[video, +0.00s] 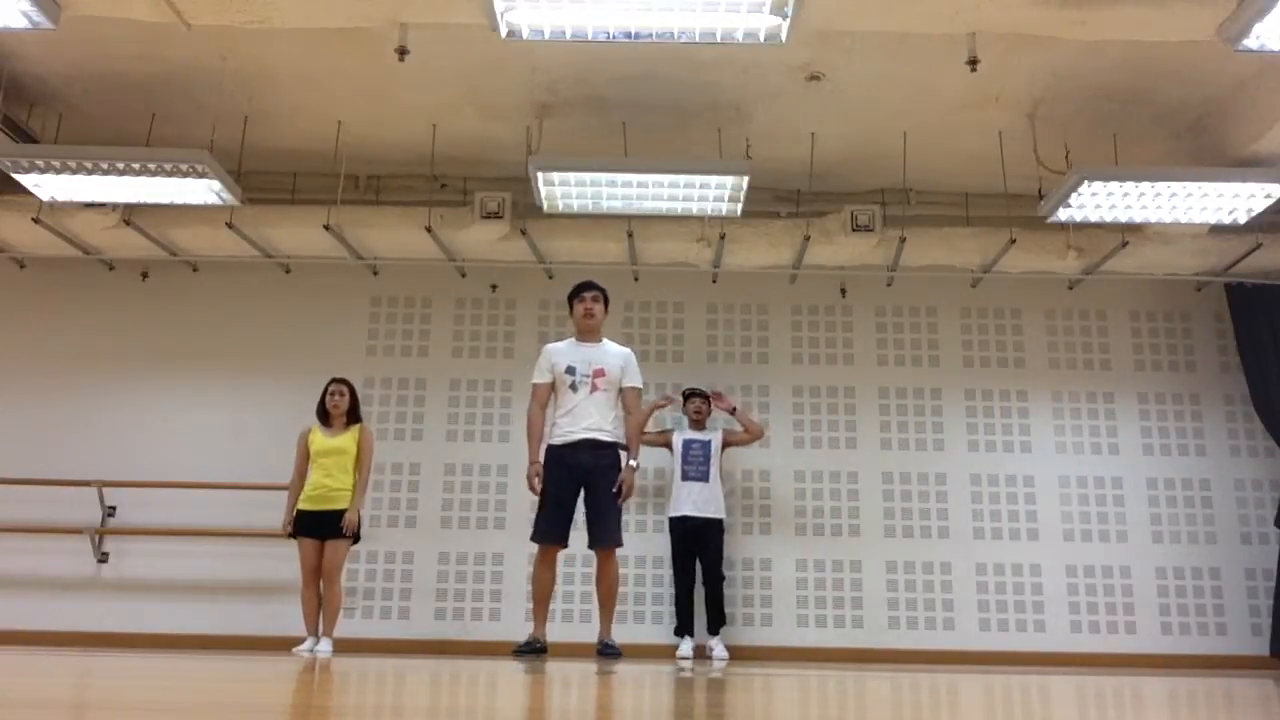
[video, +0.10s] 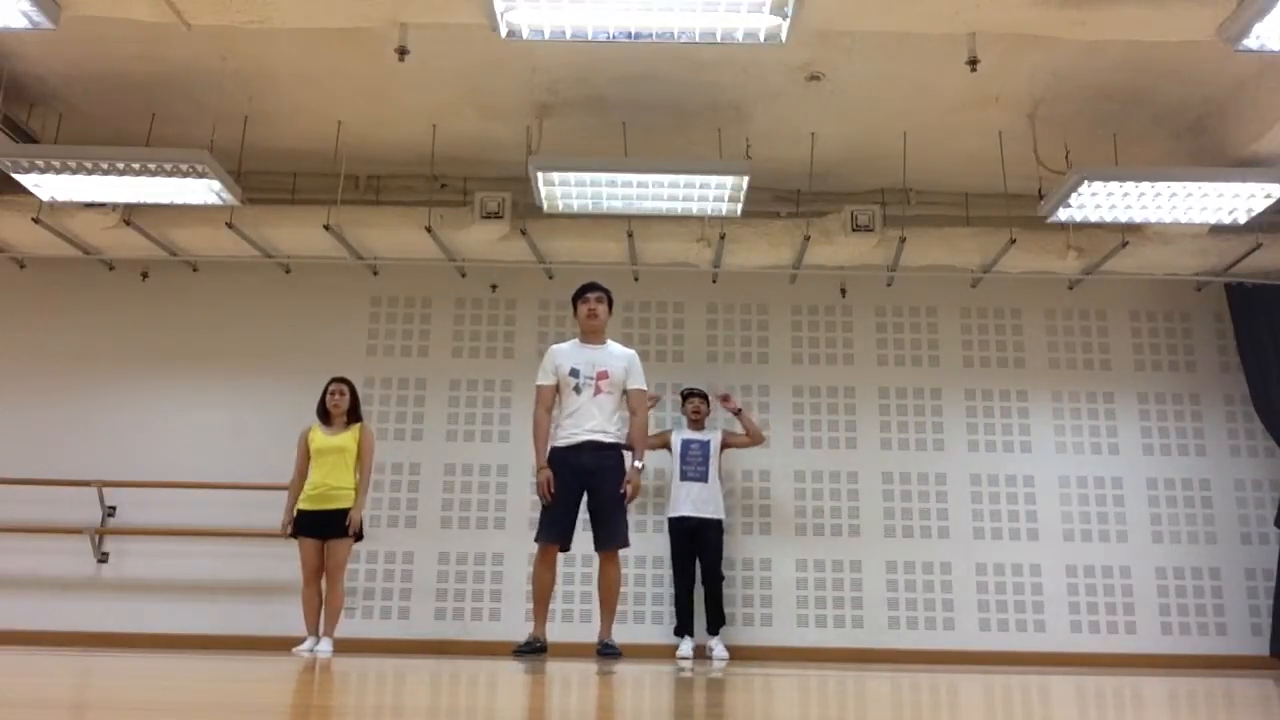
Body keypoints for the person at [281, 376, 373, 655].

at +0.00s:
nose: (335, 399)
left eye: (341, 395)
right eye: (331, 394)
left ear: (351, 400)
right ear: (324, 399)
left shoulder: (361, 433)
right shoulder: (309, 434)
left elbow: (363, 474)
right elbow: (298, 476)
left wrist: (355, 508)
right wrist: (289, 511)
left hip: (340, 510)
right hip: (308, 508)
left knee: (331, 575)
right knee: (309, 576)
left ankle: (327, 637)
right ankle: (311, 636)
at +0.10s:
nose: (336, 398)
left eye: (341, 394)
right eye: (332, 393)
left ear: (351, 400)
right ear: (324, 399)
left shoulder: (361, 432)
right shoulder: (310, 433)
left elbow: (365, 473)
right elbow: (299, 476)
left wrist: (358, 508)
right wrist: (288, 512)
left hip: (341, 508)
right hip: (309, 508)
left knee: (334, 575)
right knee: (310, 576)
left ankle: (327, 637)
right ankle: (311, 636)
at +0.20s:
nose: (336, 398)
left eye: (341, 394)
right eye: (332, 394)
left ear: (352, 400)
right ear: (324, 399)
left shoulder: (362, 432)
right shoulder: (310, 433)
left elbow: (366, 474)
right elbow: (299, 474)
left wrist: (361, 509)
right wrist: (289, 509)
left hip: (342, 509)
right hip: (309, 508)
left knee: (335, 577)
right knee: (311, 576)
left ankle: (327, 637)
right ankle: (311, 636)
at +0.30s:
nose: (336, 399)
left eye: (341, 395)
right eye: (332, 394)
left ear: (351, 400)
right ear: (325, 399)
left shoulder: (362, 432)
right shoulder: (310, 434)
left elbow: (367, 473)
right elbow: (299, 475)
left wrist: (362, 509)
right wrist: (290, 511)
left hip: (343, 509)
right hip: (309, 508)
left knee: (334, 577)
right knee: (310, 577)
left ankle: (327, 637)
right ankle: (311, 636)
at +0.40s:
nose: (336, 399)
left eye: (341, 395)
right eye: (332, 395)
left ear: (351, 401)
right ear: (325, 400)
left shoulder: (362, 433)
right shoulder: (310, 434)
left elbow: (367, 474)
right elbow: (299, 476)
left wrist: (363, 510)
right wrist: (291, 512)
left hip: (343, 510)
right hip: (310, 509)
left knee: (334, 576)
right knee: (310, 576)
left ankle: (327, 637)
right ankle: (311, 636)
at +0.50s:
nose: (336, 398)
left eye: (342, 394)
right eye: (332, 394)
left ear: (352, 400)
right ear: (325, 399)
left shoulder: (362, 432)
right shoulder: (310, 433)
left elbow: (367, 473)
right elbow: (300, 475)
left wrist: (362, 508)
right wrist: (291, 511)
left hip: (343, 508)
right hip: (310, 507)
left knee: (335, 575)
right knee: (311, 575)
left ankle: (328, 637)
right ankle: (312, 636)